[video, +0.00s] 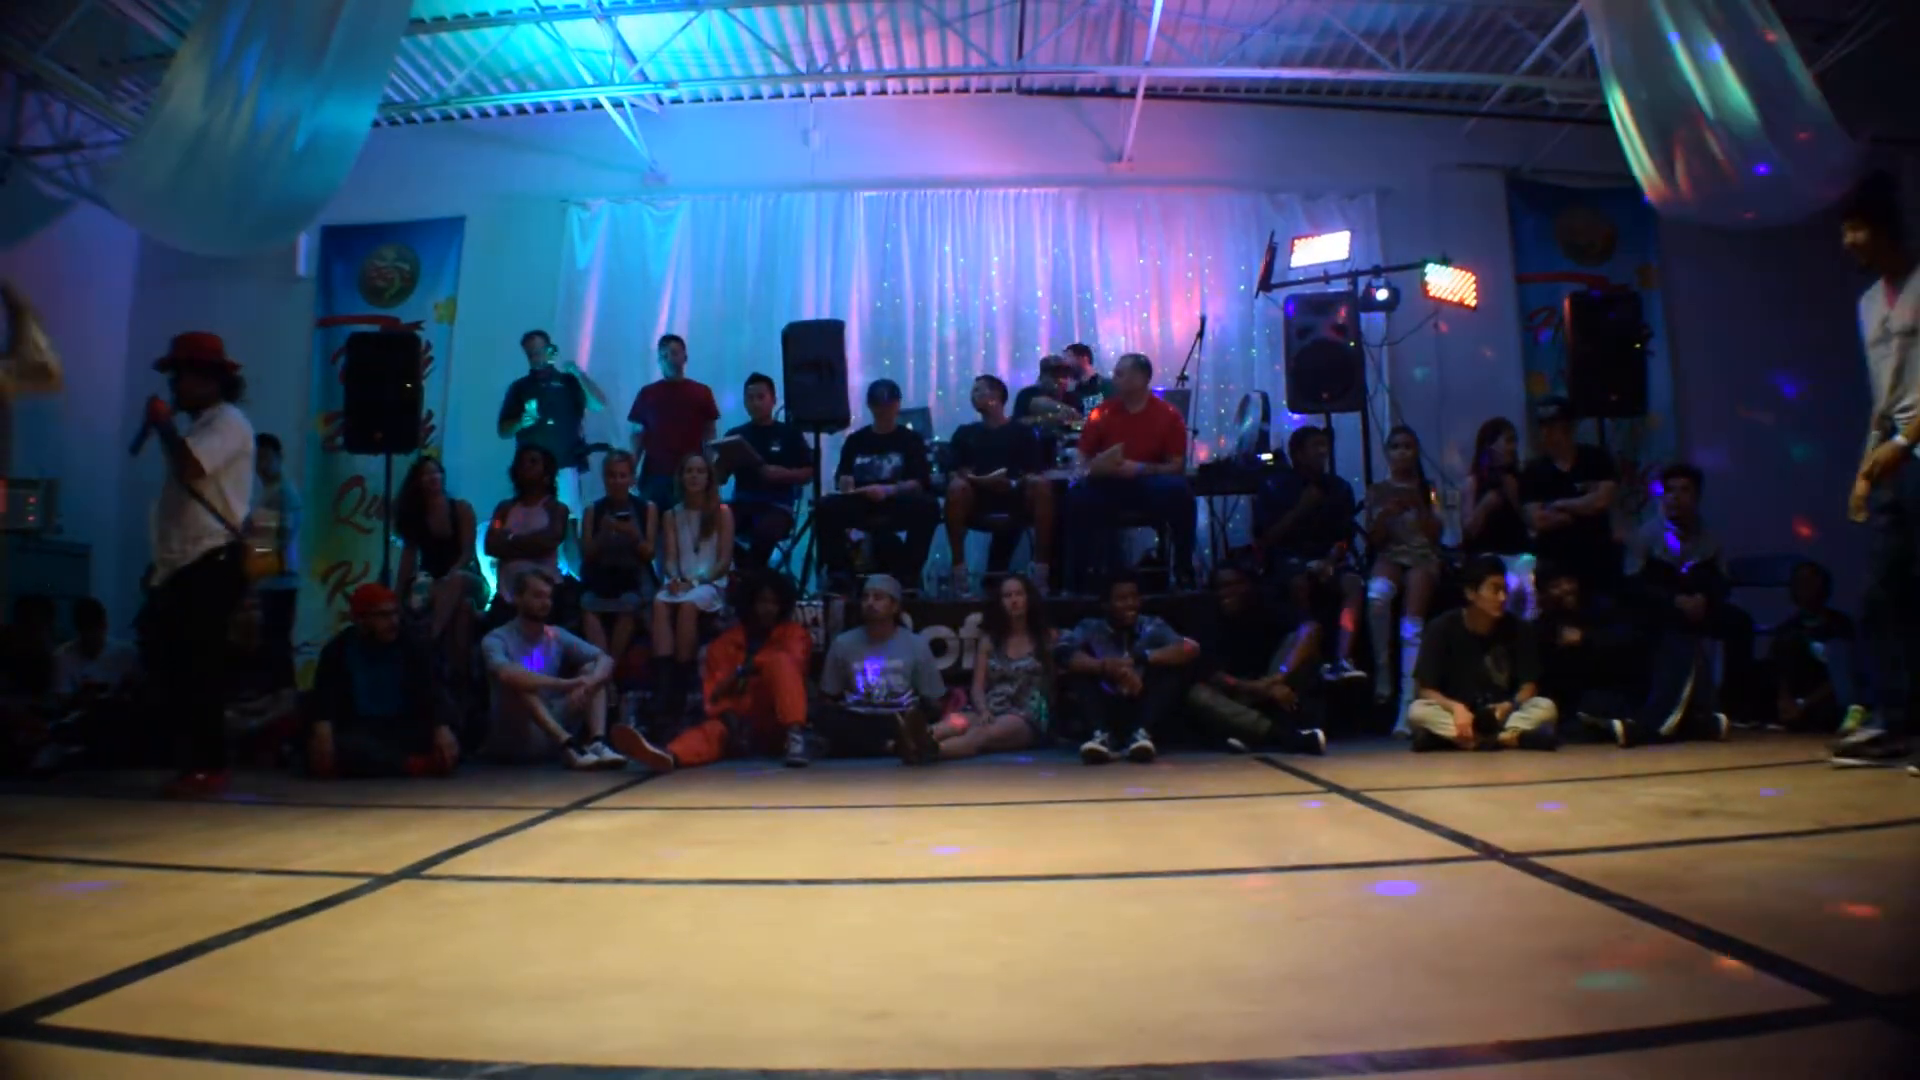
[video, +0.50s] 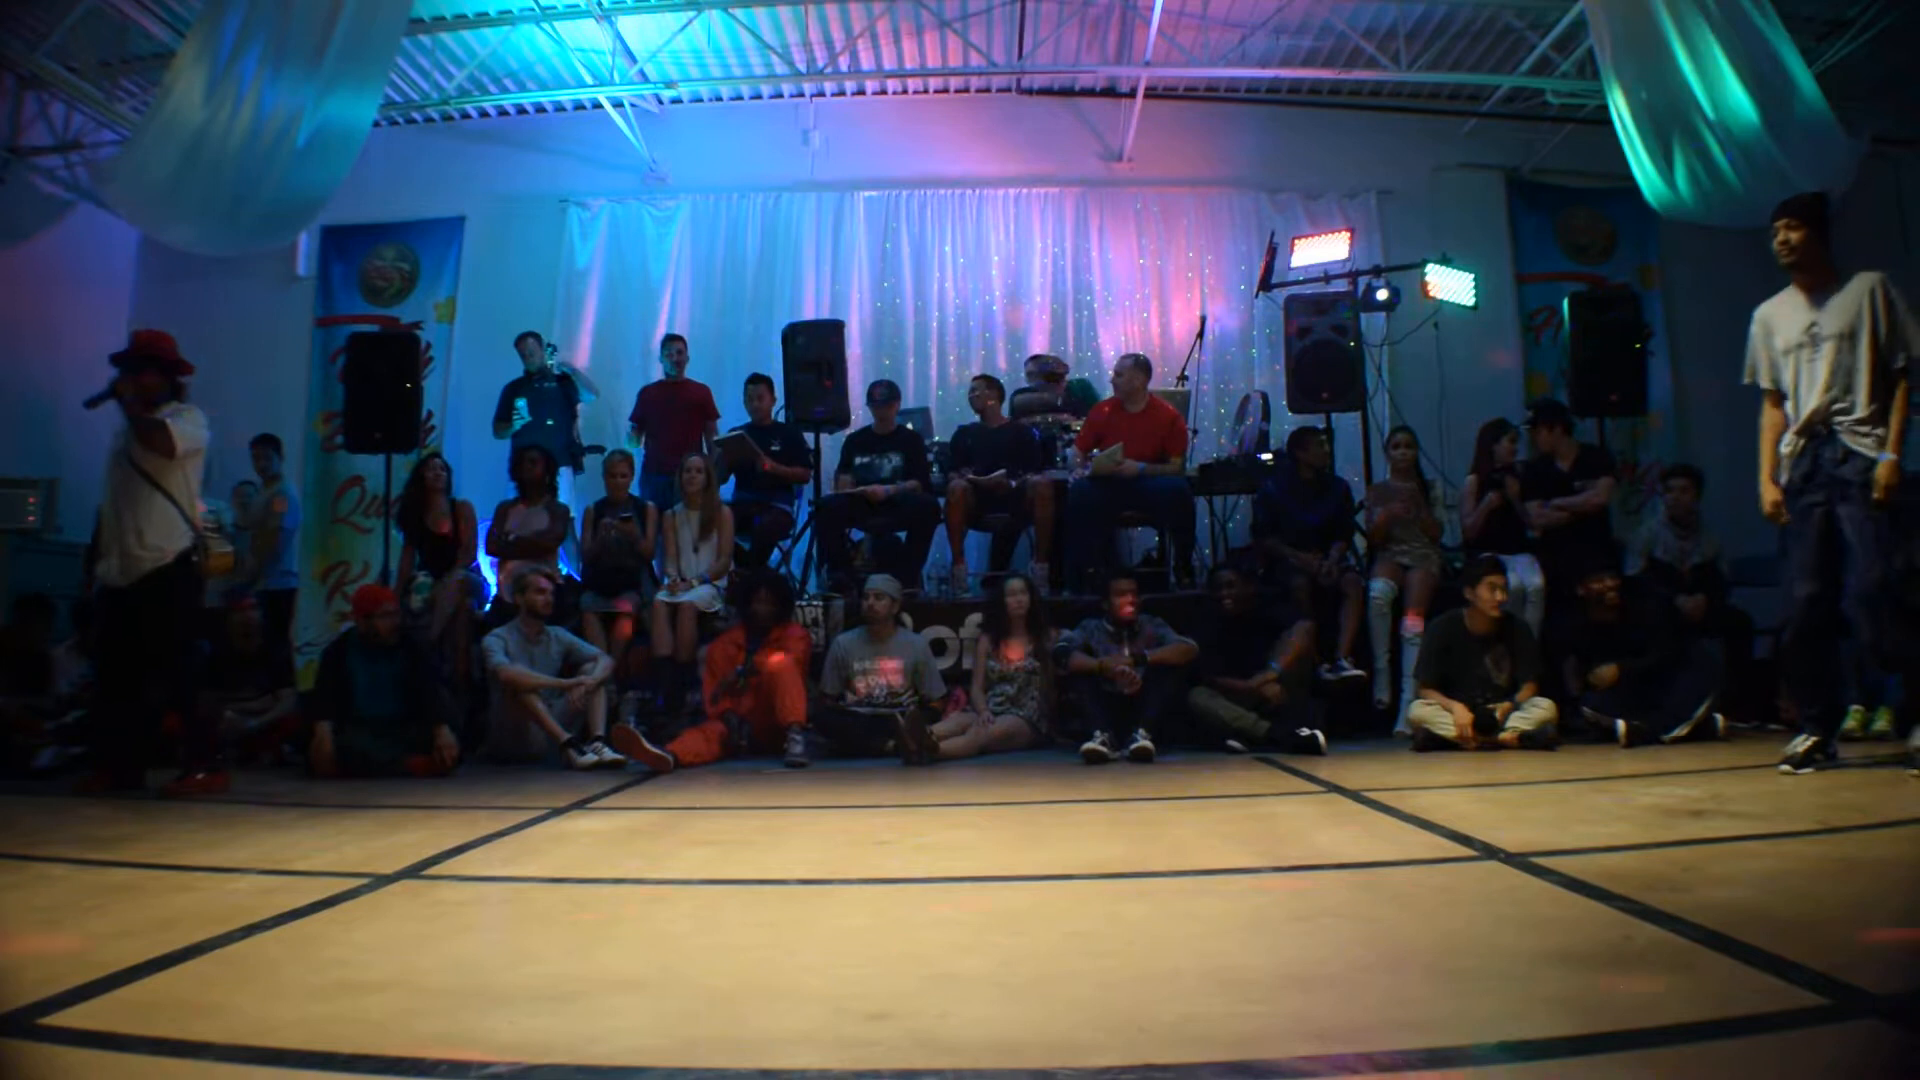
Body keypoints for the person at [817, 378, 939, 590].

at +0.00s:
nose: (885, 410)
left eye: (889, 404)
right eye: (879, 404)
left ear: (898, 406)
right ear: (871, 407)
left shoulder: (911, 440)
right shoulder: (855, 441)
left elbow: (921, 481)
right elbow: (844, 478)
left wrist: (888, 490)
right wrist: (853, 490)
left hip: (899, 501)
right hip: (862, 502)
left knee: (927, 508)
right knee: (827, 507)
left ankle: (908, 578)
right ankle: (839, 576)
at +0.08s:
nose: (884, 410)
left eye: (889, 404)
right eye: (878, 404)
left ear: (897, 406)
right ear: (870, 406)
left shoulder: (911, 440)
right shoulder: (855, 441)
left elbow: (921, 482)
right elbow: (844, 479)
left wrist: (888, 490)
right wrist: (854, 490)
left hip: (899, 501)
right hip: (862, 502)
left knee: (927, 508)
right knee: (827, 507)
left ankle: (908, 578)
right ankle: (839, 575)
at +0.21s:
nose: (885, 410)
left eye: (890, 404)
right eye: (880, 404)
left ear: (898, 406)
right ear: (871, 407)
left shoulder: (911, 440)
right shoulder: (855, 441)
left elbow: (921, 482)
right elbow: (842, 474)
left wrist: (889, 490)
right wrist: (845, 485)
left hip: (899, 501)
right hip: (861, 501)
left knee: (927, 508)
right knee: (827, 507)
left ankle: (909, 578)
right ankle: (838, 575)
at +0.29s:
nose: (883, 411)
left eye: (888, 405)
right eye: (878, 405)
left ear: (898, 406)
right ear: (870, 407)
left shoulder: (911, 440)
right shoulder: (855, 441)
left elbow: (922, 482)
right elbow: (841, 478)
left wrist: (889, 490)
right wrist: (840, 484)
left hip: (899, 501)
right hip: (861, 501)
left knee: (927, 508)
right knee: (827, 509)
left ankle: (908, 579)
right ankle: (839, 576)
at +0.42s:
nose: (884, 411)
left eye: (889, 405)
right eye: (879, 405)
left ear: (898, 406)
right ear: (870, 407)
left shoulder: (911, 440)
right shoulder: (855, 440)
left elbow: (922, 482)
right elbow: (841, 479)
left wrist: (890, 490)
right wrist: (842, 485)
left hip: (900, 501)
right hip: (861, 501)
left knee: (927, 508)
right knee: (827, 508)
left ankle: (909, 578)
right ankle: (839, 576)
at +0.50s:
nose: (880, 409)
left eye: (886, 403)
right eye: (875, 404)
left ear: (897, 405)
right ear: (869, 406)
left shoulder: (912, 440)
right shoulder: (854, 441)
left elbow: (921, 483)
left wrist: (889, 490)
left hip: (900, 503)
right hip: (861, 504)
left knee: (928, 508)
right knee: (827, 508)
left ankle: (908, 580)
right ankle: (841, 579)